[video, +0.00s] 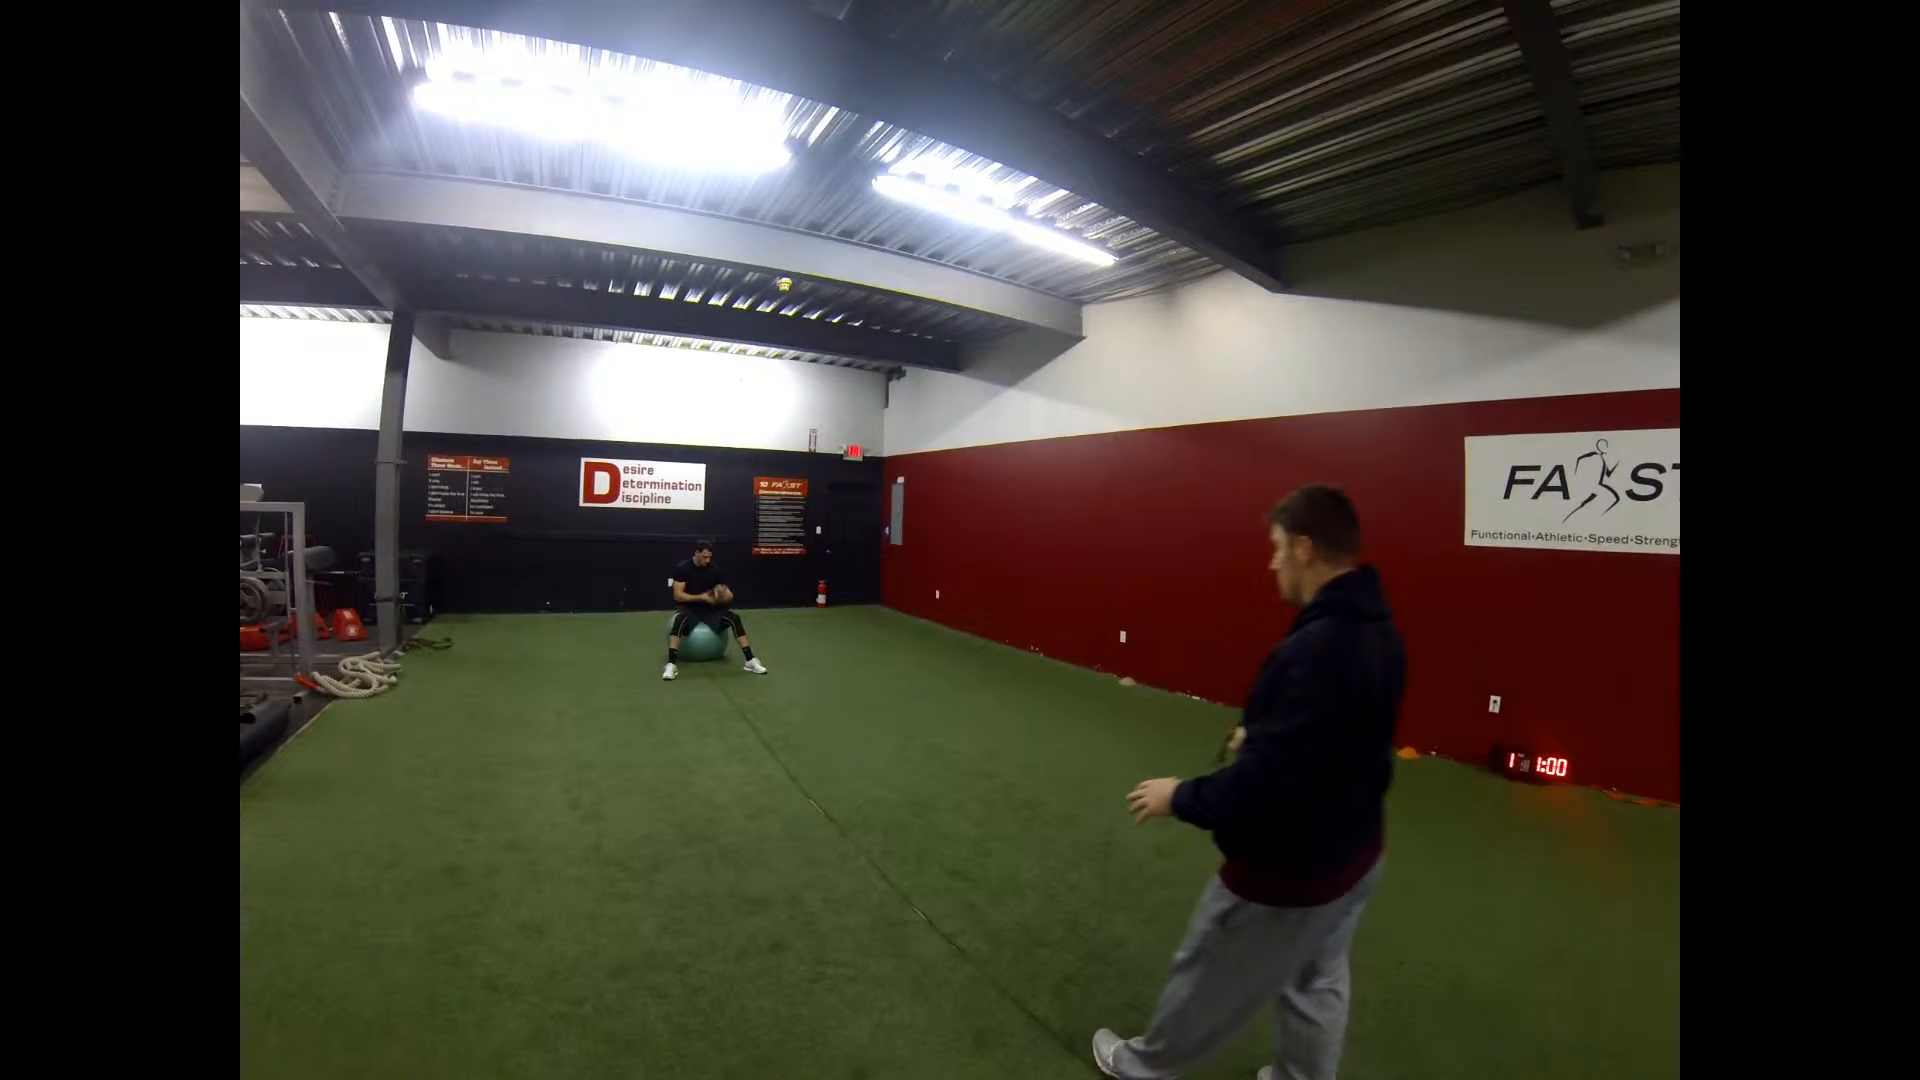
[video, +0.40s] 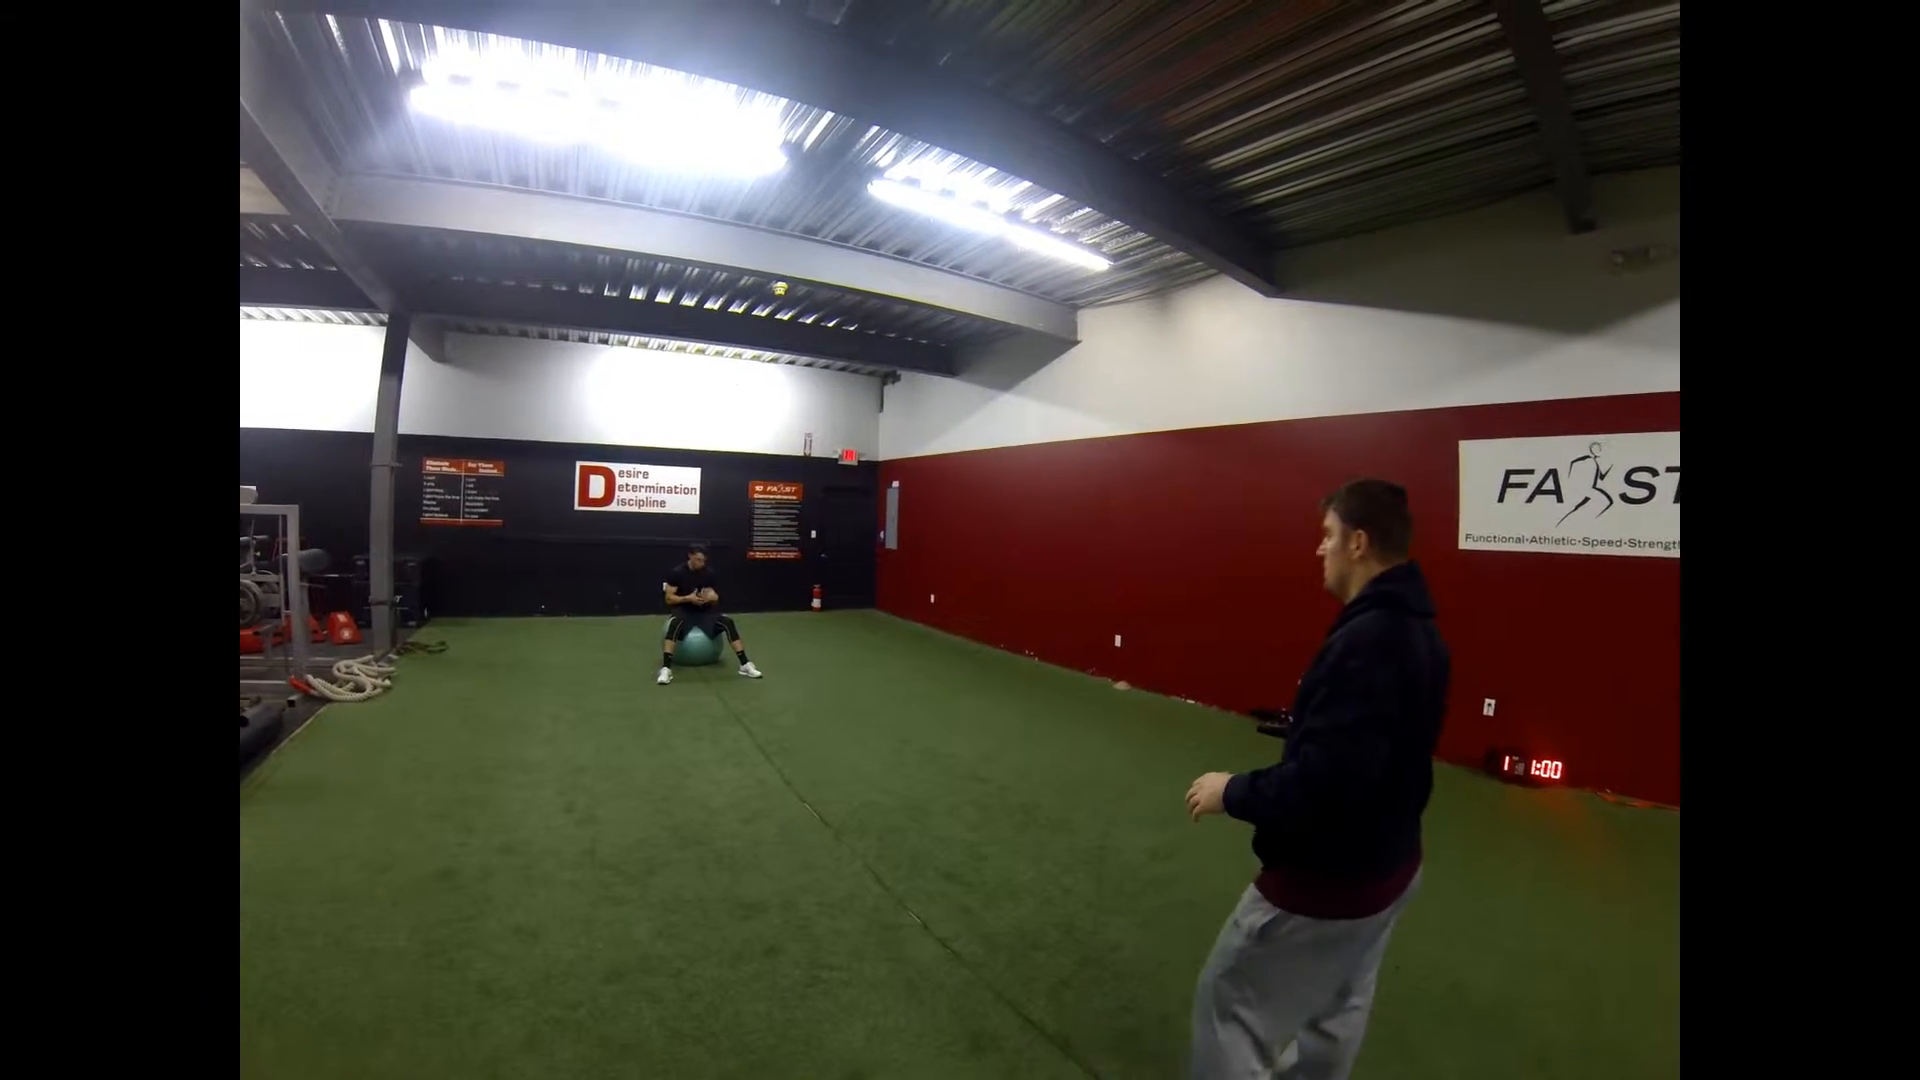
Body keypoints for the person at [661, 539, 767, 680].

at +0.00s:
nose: (707, 561)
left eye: (709, 557)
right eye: (705, 557)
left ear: (712, 556)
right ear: (696, 553)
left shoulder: (714, 569)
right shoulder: (683, 568)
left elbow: (727, 593)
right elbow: (678, 595)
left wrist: (724, 596)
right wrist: (703, 597)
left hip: (711, 607)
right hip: (690, 608)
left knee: (734, 618)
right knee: (679, 620)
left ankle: (750, 660)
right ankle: (671, 664)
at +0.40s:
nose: (700, 563)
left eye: (703, 560)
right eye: (698, 559)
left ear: (705, 560)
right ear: (690, 557)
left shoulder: (708, 573)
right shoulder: (677, 573)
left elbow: (716, 598)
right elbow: (669, 598)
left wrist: (712, 597)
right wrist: (689, 598)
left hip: (704, 612)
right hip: (684, 613)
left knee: (728, 622)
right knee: (674, 623)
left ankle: (745, 664)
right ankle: (666, 668)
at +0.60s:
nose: (691, 562)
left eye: (694, 559)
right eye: (688, 559)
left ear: (700, 558)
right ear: (685, 557)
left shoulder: (708, 573)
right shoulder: (677, 572)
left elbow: (710, 599)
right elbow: (661, 591)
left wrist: (693, 593)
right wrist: (670, 595)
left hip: (702, 612)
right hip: (682, 611)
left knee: (726, 623)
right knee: (674, 625)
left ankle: (743, 665)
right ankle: (664, 669)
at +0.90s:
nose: (690, 557)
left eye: (693, 554)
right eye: (687, 554)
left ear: (697, 556)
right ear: (681, 555)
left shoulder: (706, 573)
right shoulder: (676, 575)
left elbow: (720, 597)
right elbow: (669, 598)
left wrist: (708, 603)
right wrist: (659, 586)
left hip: (704, 615)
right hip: (684, 615)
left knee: (727, 623)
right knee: (677, 626)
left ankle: (742, 667)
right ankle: (664, 670)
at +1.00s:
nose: (690, 555)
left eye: (693, 552)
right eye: (687, 552)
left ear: (697, 554)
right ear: (682, 554)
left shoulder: (707, 572)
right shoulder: (677, 574)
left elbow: (724, 593)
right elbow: (659, 593)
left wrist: (718, 599)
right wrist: (657, 569)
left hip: (705, 615)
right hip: (684, 616)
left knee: (728, 623)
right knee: (677, 625)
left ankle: (742, 666)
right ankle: (664, 670)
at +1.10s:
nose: (691, 552)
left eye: (694, 549)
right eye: (688, 549)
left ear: (699, 552)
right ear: (683, 552)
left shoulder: (708, 570)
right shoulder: (678, 571)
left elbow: (723, 591)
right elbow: (661, 583)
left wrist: (718, 594)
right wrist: (655, 560)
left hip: (706, 613)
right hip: (685, 613)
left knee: (728, 622)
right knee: (676, 623)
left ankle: (742, 664)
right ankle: (664, 668)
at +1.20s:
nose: (691, 549)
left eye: (694, 547)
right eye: (688, 546)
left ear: (699, 549)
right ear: (684, 549)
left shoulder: (708, 568)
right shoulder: (680, 567)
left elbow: (721, 592)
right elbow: (670, 572)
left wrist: (714, 588)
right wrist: (663, 551)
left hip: (706, 612)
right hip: (685, 612)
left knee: (728, 621)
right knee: (677, 622)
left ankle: (743, 664)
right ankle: (665, 667)